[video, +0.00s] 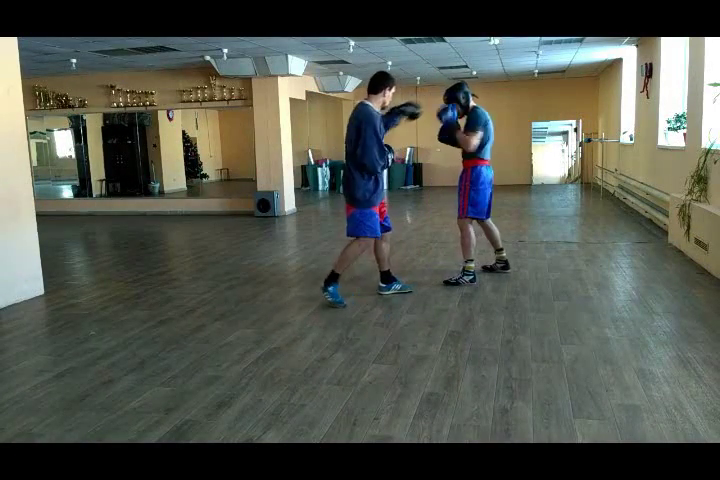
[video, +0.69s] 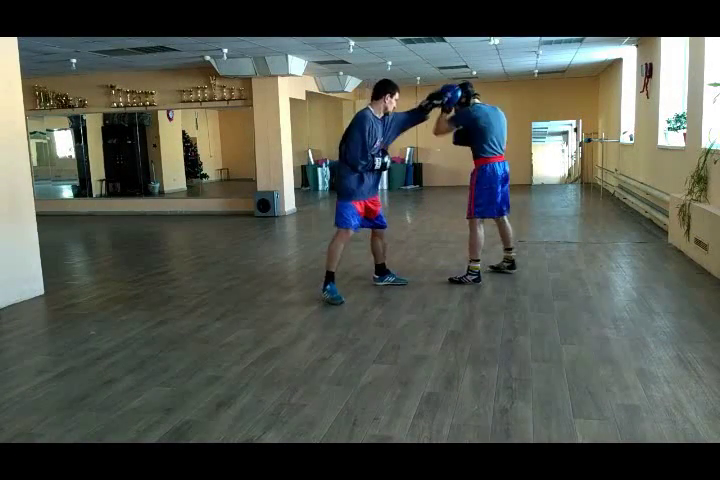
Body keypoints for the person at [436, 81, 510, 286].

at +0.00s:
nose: (452, 108)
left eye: (451, 104)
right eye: (450, 105)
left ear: (461, 100)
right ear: (467, 99)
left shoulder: (476, 114)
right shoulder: (478, 115)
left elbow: (470, 144)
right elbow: (466, 145)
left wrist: (452, 125)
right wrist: (448, 133)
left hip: (474, 170)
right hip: (483, 169)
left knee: (464, 220)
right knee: (482, 218)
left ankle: (468, 271)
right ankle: (501, 260)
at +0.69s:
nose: (456, 105)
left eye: (456, 102)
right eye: (456, 101)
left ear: (460, 99)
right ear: (474, 95)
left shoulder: (469, 112)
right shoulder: (497, 111)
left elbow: (439, 130)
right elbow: (484, 138)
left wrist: (446, 108)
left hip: (484, 169)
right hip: (502, 166)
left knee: (475, 220)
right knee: (501, 216)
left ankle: (473, 271)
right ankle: (509, 259)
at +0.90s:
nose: (471, 108)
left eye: (471, 105)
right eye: (470, 105)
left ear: (476, 100)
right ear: (489, 97)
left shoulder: (483, 112)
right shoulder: (512, 117)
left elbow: (469, 141)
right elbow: (513, 152)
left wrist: (458, 124)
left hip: (489, 171)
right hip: (508, 171)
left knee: (475, 223)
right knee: (514, 218)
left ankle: (471, 272)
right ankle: (535, 262)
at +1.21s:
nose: (482, 111)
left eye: (482, 107)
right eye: (481, 108)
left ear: (489, 102)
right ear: (501, 100)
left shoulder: (496, 113)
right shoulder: (520, 117)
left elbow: (494, 142)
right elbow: (516, 146)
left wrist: (479, 152)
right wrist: (487, 141)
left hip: (497, 174)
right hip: (517, 174)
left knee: (475, 222)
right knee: (518, 220)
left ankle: (467, 270)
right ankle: (537, 264)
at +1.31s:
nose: (479, 106)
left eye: (480, 103)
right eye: (479, 103)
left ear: (485, 99)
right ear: (500, 97)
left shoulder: (488, 111)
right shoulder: (519, 117)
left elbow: (478, 144)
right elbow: (515, 147)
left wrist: (477, 155)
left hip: (491, 172)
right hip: (513, 172)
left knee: (471, 223)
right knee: (520, 219)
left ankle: (465, 270)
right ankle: (536, 264)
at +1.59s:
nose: (481, 95)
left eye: (482, 92)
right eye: (482, 92)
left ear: (485, 92)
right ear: (504, 93)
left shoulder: (479, 105)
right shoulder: (517, 113)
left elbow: (455, 130)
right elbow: (506, 136)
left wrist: (468, 149)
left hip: (486, 171)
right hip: (510, 170)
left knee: (472, 222)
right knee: (522, 217)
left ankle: (465, 270)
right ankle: (542, 263)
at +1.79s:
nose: (488, 102)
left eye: (488, 99)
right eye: (487, 99)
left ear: (491, 98)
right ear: (509, 96)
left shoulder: (492, 113)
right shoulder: (528, 118)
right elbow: (525, 151)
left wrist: (478, 146)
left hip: (494, 173)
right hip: (518, 173)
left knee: (473, 221)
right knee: (530, 222)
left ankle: (463, 270)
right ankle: (545, 270)